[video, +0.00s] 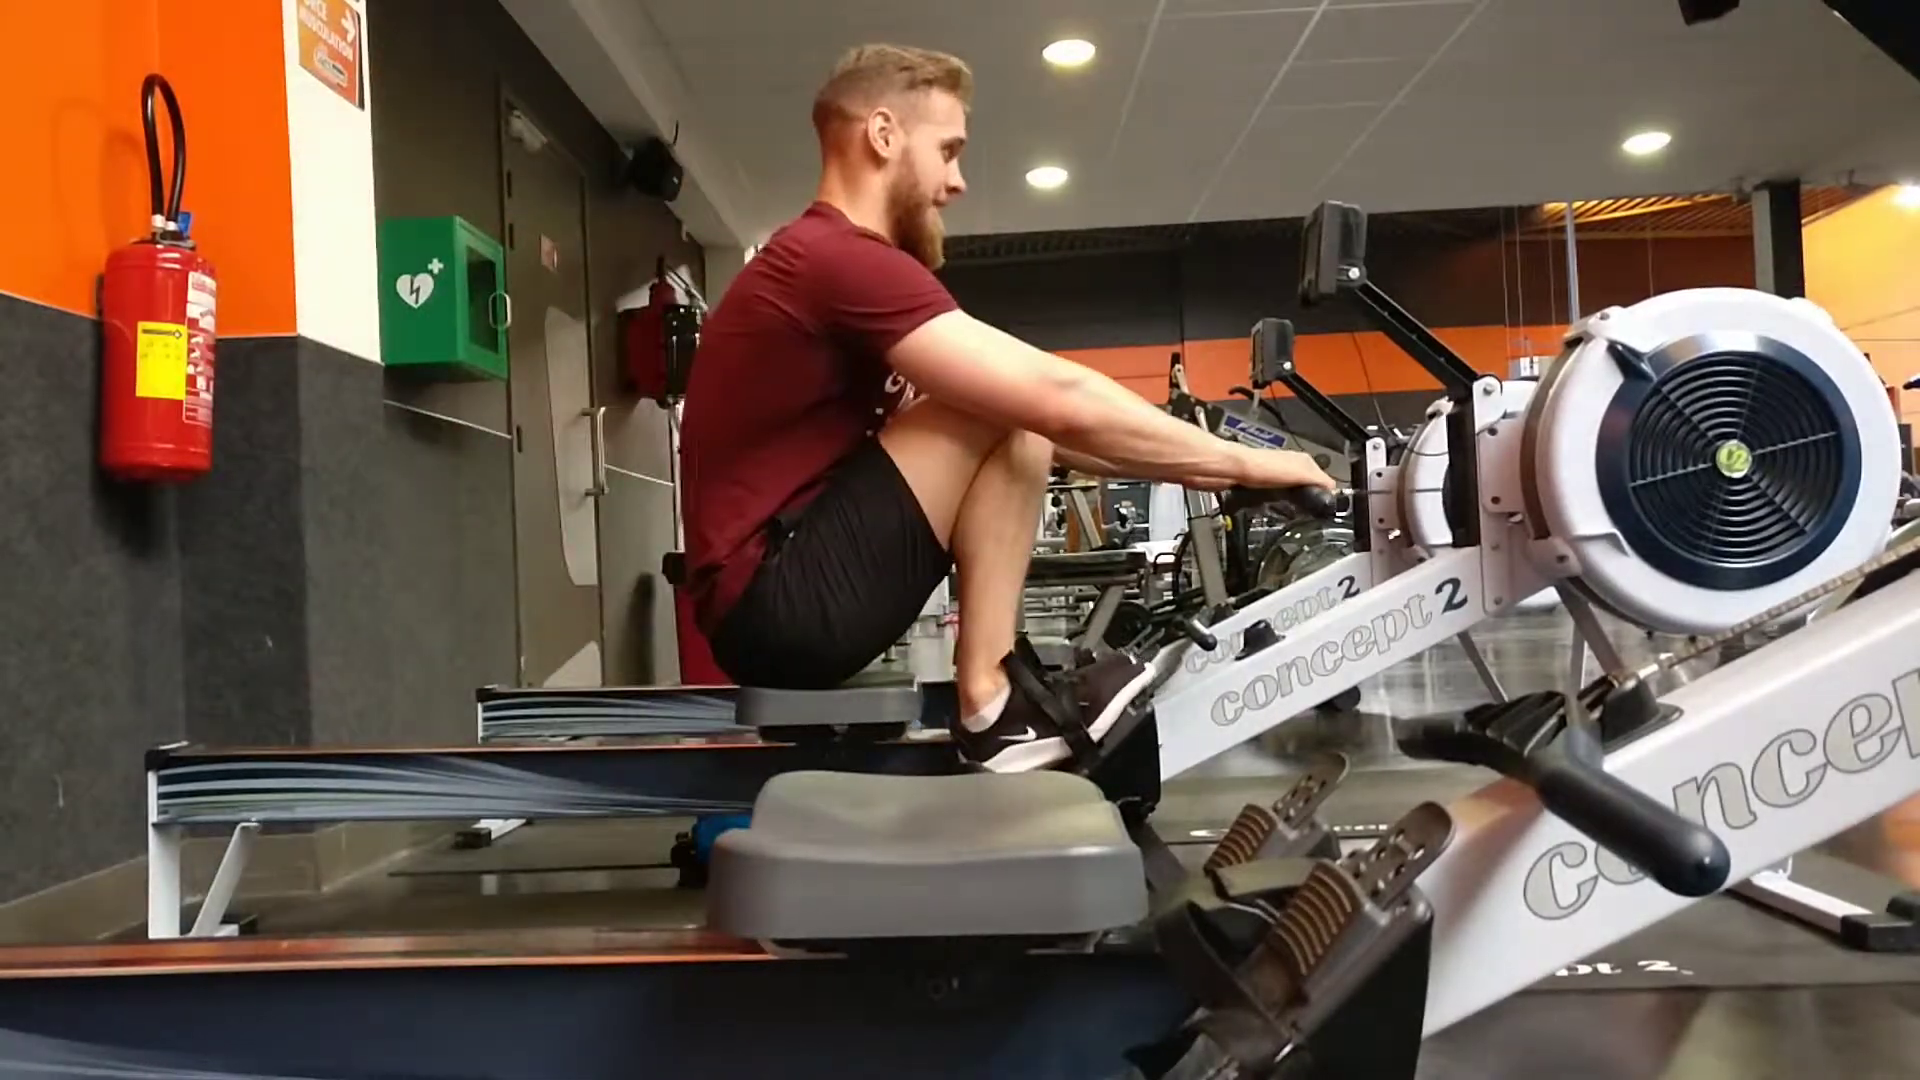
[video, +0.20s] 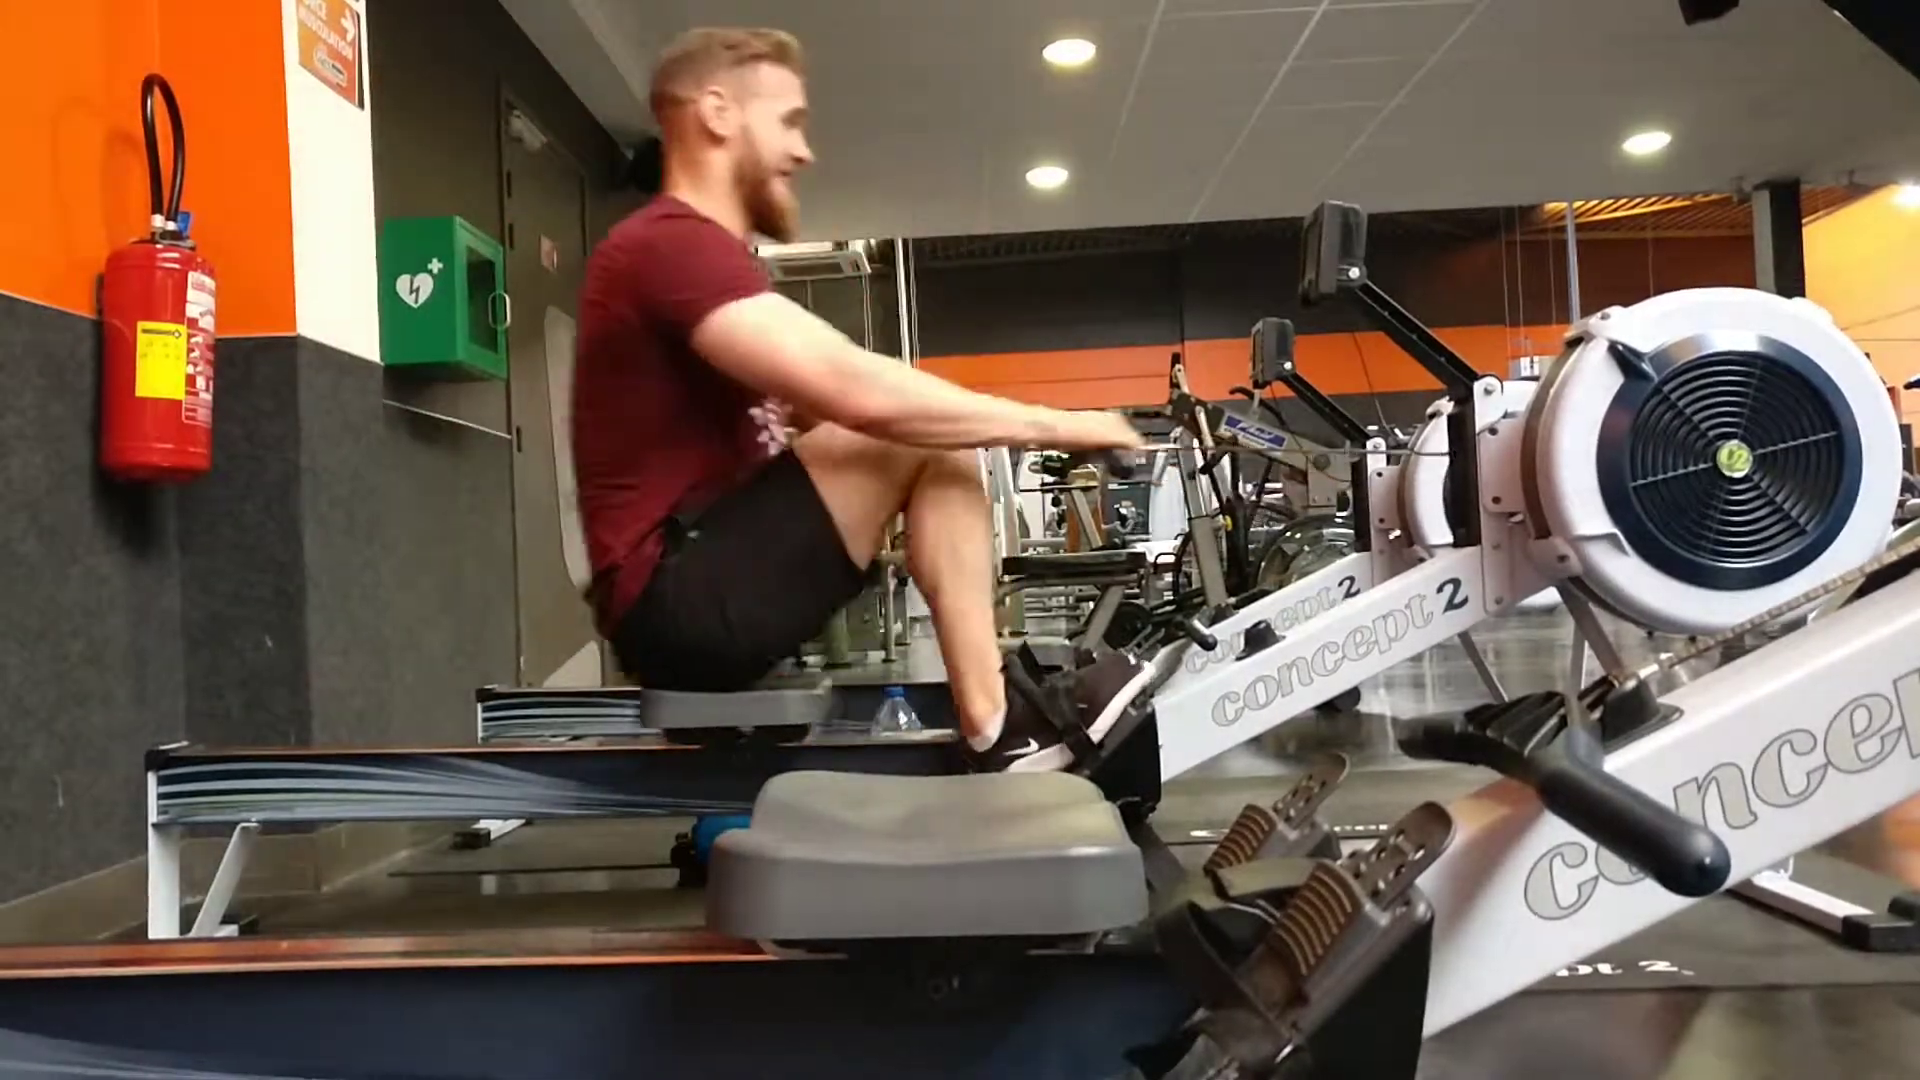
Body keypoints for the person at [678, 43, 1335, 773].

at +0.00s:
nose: (960, 181)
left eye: (960, 156)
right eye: (950, 150)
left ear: (881, 139)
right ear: (880, 135)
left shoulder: (839, 258)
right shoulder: (837, 258)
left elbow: (1047, 397)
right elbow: (1062, 400)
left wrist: (1207, 462)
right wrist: (1241, 463)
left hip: (778, 601)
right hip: (772, 610)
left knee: (1016, 411)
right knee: (1007, 407)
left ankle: (992, 682)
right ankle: (984, 703)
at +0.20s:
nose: (806, 153)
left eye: (801, 127)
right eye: (790, 122)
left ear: (718, 117)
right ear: (717, 114)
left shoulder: (689, 248)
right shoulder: (672, 245)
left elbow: (853, 390)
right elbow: (866, 397)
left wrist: (1041, 423)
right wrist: (1054, 426)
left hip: (684, 599)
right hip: (675, 608)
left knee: (922, 432)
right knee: (931, 440)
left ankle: (991, 709)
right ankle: (989, 729)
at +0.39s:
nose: (535, 150)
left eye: (535, 129)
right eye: (516, 125)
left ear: (446, 122)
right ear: (431, 114)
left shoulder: (485, 267)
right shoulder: (402, 260)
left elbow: (614, 412)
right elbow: (571, 413)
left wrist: (786, 426)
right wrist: (787, 422)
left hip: (534, 589)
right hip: (487, 607)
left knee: (803, 485)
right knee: (798, 490)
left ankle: (986, 723)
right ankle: (991, 737)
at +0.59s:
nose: (406, 185)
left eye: (406, 161)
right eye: (386, 156)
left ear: (315, 152)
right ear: (298, 148)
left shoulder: (354, 298)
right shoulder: (233, 280)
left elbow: (379, 467)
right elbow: (231, 455)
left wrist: (489, 449)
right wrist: (435, 429)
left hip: (424, 590)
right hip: (365, 608)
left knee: (713, 568)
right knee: (709, 567)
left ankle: (974, 731)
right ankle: (973, 752)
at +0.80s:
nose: (515, 182)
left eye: (516, 160)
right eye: (500, 154)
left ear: (428, 149)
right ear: (413, 141)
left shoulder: (442, 295)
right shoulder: (342, 271)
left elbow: (454, 464)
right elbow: (341, 436)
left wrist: (555, 441)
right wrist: (548, 431)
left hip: (459, 597)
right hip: (405, 613)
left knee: (740, 534)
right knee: (737, 535)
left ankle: (958, 730)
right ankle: (961, 743)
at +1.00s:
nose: (727, 185)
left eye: (729, 160)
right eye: (715, 154)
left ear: (642, 147)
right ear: (638, 141)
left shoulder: (645, 287)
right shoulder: (571, 269)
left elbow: (758, 419)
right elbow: (751, 400)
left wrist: (921, 422)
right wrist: (949, 402)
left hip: (610, 608)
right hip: (568, 618)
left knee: (869, 459)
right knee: (861, 461)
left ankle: (979, 720)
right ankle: (982, 739)